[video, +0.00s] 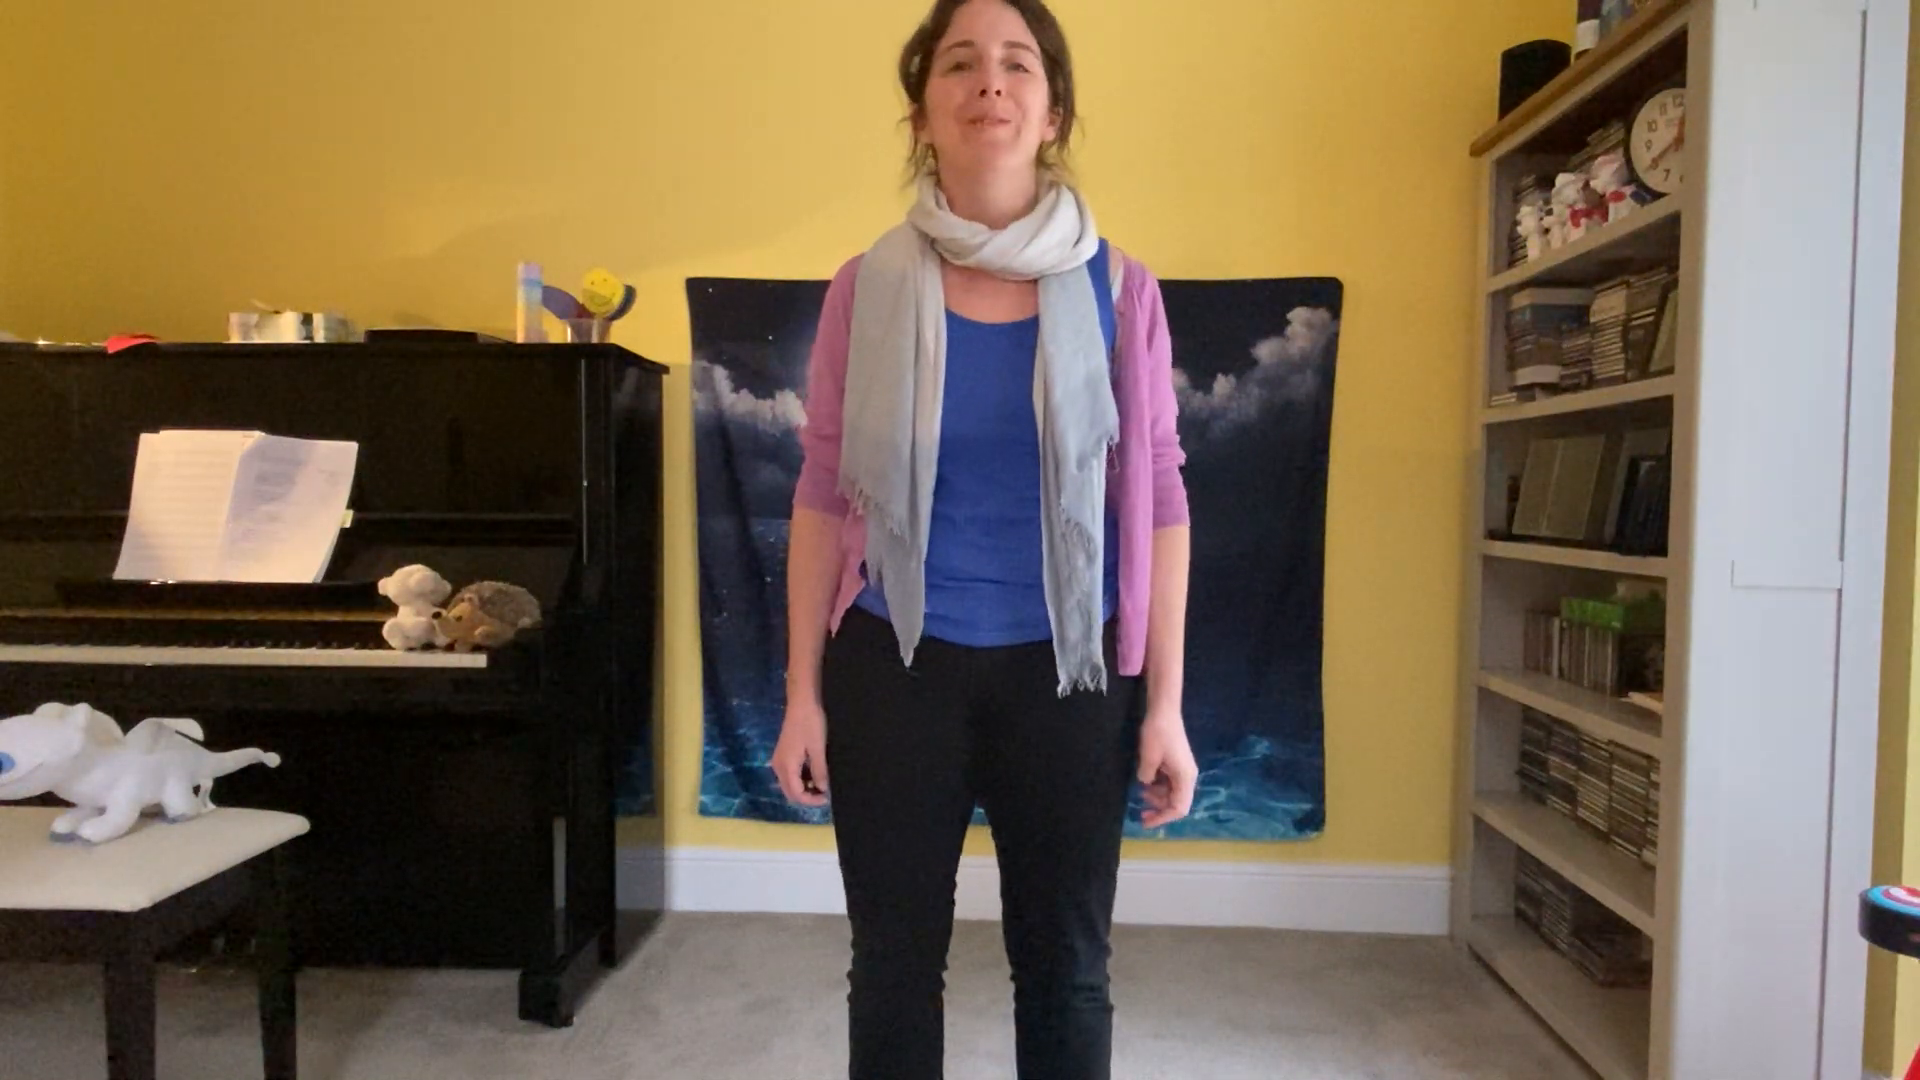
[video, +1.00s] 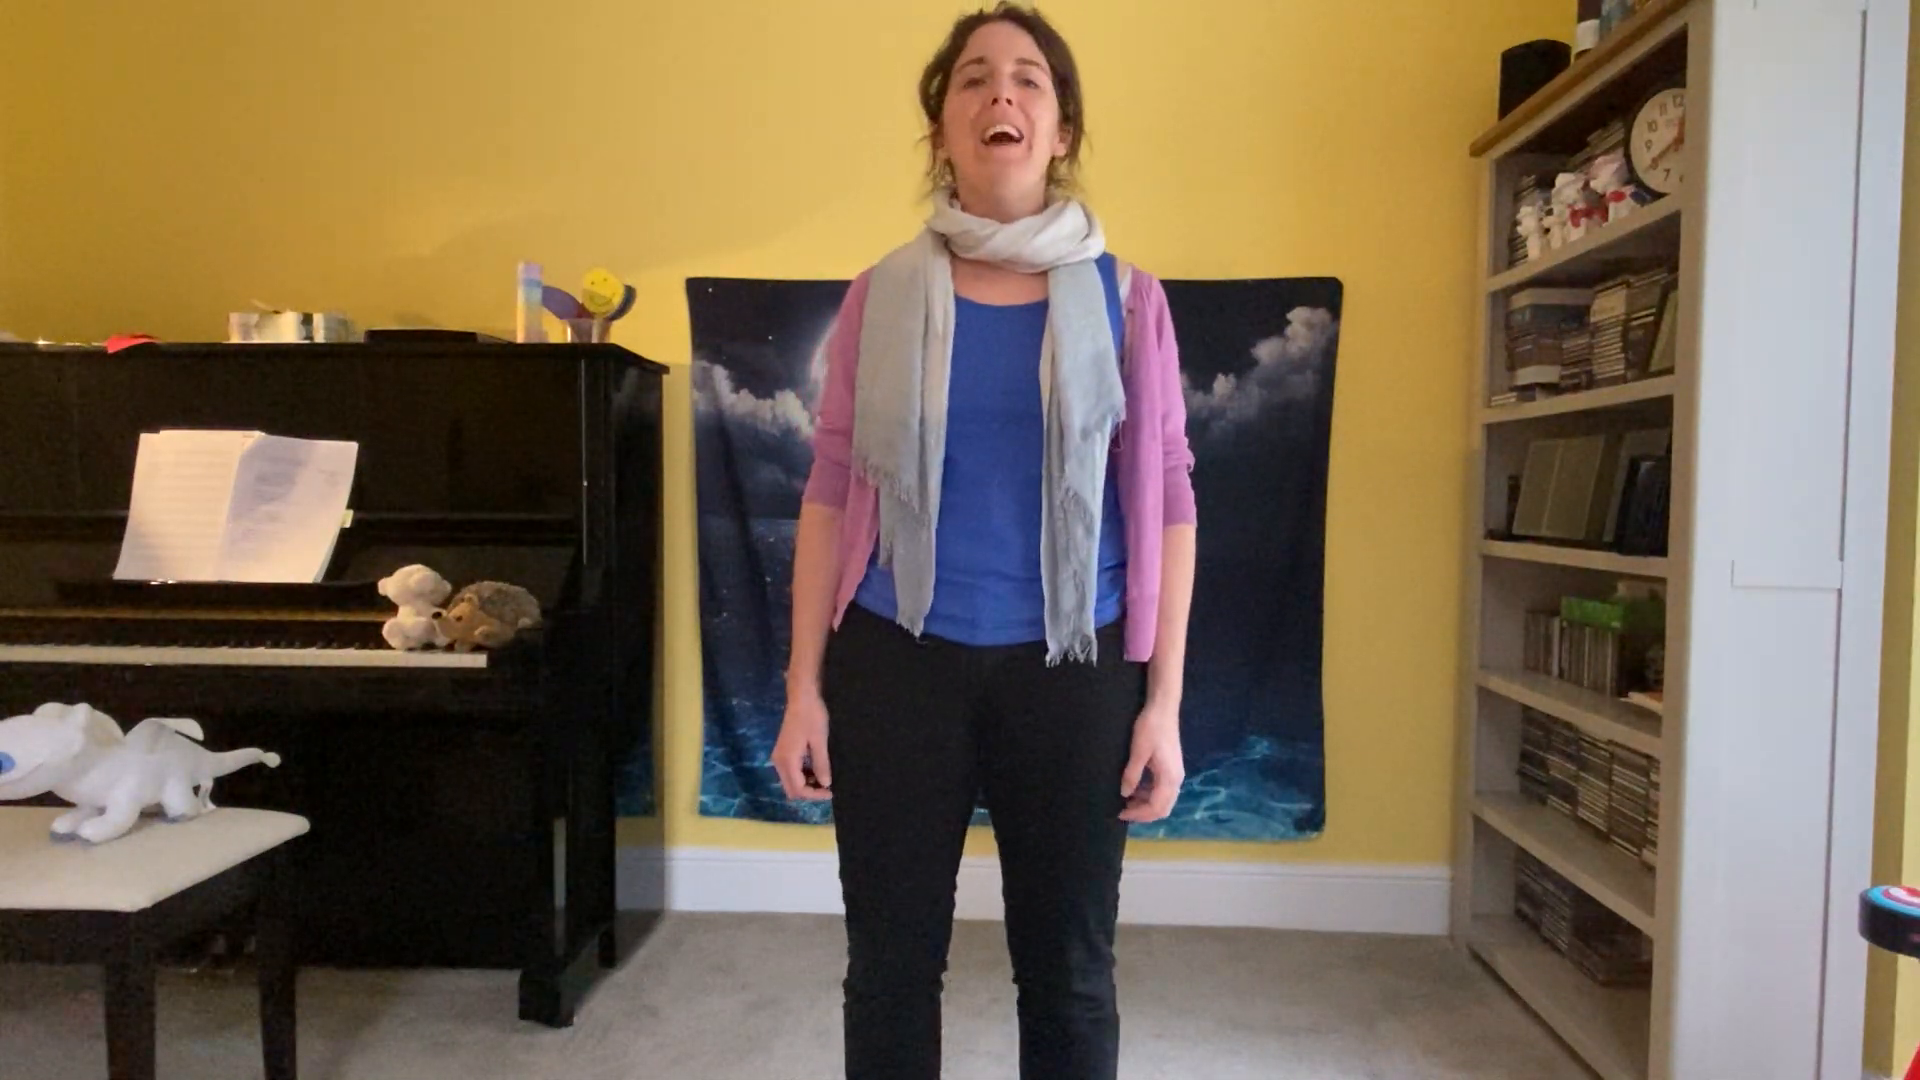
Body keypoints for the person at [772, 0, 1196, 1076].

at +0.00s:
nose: (989, 79)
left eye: (1016, 63)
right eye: (961, 63)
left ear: (1053, 108)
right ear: (922, 109)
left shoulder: (1121, 293)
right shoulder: (863, 291)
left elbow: (1160, 500)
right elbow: (821, 498)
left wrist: (1164, 700)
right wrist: (801, 689)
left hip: (1070, 681)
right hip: (892, 674)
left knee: (1067, 981)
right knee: (893, 976)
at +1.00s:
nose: (1002, 94)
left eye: (1027, 80)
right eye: (976, 79)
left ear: (1064, 129)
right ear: (940, 129)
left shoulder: (1128, 303)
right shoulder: (880, 297)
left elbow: (1168, 506)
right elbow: (829, 494)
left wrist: (1163, 698)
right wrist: (802, 683)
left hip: (1072, 684)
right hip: (893, 678)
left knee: (1071, 982)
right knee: (890, 978)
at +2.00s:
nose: (1010, 101)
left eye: (1037, 86)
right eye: (985, 82)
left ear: (1068, 133)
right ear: (944, 127)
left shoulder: (1123, 306)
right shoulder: (878, 296)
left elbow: (1161, 507)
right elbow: (826, 494)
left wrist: (1158, 694)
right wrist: (803, 681)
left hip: (1068, 678)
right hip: (894, 670)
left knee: (1061, 979)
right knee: (897, 977)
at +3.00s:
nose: (998, 88)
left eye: (1024, 74)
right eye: (972, 70)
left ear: (1058, 121)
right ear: (930, 114)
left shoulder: (1115, 300)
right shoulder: (865, 293)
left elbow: (1153, 504)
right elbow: (815, 494)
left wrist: (1151, 694)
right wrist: (794, 688)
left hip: (1061, 679)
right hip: (885, 674)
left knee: (1057, 984)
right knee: (891, 979)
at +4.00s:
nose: (996, 90)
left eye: (1022, 76)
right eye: (970, 74)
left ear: (1059, 124)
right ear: (934, 120)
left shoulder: (1119, 304)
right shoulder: (872, 296)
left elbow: (1155, 506)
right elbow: (822, 495)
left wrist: (1152, 696)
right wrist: (798, 683)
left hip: (1062, 678)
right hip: (888, 672)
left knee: (1059, 985)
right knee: (892, 979)